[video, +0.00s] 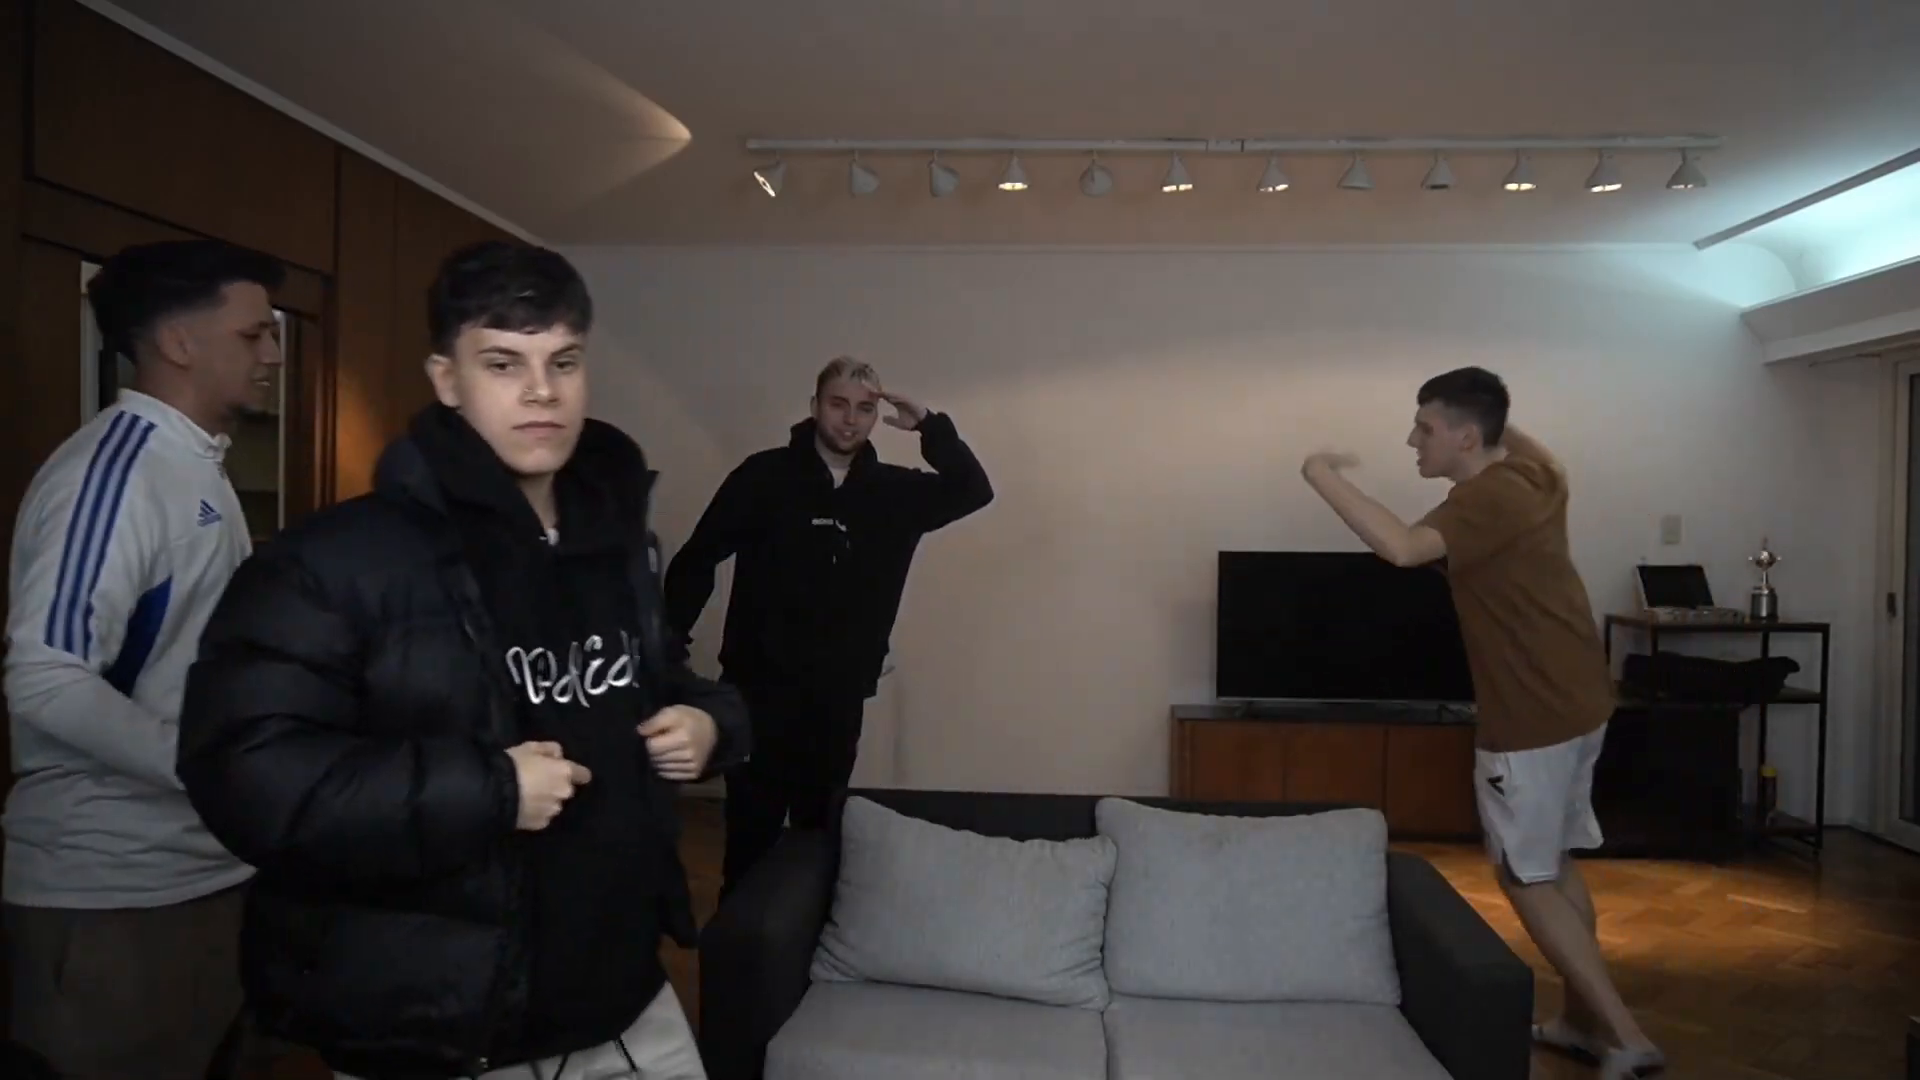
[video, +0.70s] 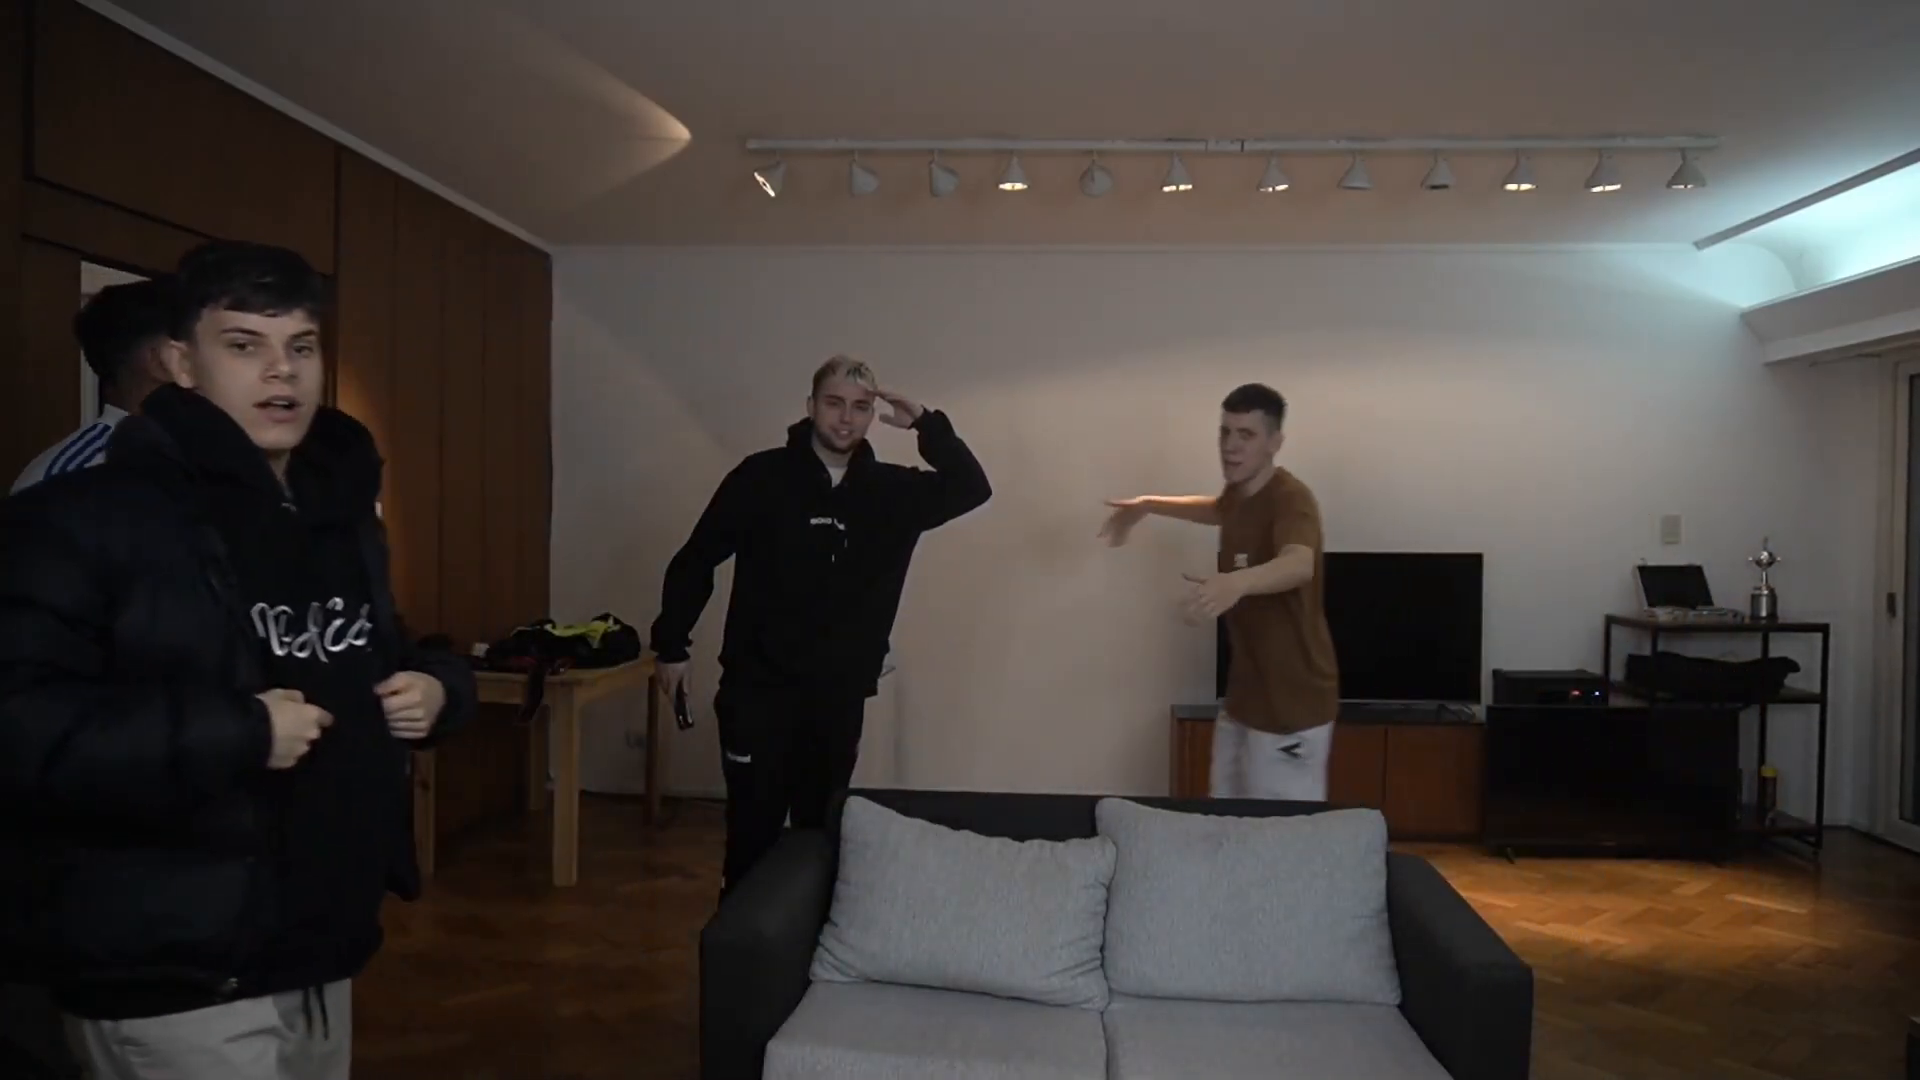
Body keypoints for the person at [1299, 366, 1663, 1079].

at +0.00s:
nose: (1413, 438)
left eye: (1424, 427)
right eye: (1417, 424)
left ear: (1472, 434)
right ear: (1484, 432)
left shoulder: (1492, 495)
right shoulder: (1536, 470)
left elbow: (1405, 547)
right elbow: (1506, 428)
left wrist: (1322, 475)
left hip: (1528, 720)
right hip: (1577, 702)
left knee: (1521, 873)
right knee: (1555, 865)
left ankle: (1629, 1039)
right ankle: (1579, 1020)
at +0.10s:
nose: (1398, 448)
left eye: (1413, 436)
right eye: (1400, 434)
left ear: (1460, 442)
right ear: (1461, 446)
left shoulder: (1470, 499)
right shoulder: (1495, 492)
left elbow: (1397, 526)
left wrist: (1283, 510)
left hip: (1502, 718)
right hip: (1552, 706)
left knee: (1469, 863)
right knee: (1537, 856)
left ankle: (1552, 1010)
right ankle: (1584, 1020)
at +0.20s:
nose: (1380, 438)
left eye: (1393, 426)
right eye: (1381, 426)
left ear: (1435, 434)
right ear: (1431, 437)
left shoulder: (1447, 496)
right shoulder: (1462, 480)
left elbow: (1381, 529)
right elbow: (1386, 470)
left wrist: (1279, 504)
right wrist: (1322, 460)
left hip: (1469, 703)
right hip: (1513, 693)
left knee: (1430, 845)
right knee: (1512, 836)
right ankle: (1580, 999)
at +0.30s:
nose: (1354, 439)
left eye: (1368, 428)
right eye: (1353, 426)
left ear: (1409, 434)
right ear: (1366, 434)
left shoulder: (1425, 495)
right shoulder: (1389, 486)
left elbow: (1388, 556)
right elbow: (1348, 485)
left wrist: (1299, 492)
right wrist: (1295, 467)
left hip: (1428, 704)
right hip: (1444, 698)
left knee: (1388, 841)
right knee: (1460, 830)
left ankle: (1391, 980)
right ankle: (1558, 961)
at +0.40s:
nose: (1329, 452)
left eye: (1343, 442)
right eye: (1327, 439)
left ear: (1381, 450)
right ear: (1323, 438)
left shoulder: (1397, 508)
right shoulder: (1362, 503)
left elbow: (1361, 566)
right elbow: (1332, 502)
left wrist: (1287, 523)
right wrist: (1279, 482)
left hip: (1398, 716)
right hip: (1378, 709)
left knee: (1380, 847)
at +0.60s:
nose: (1264, 436)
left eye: (1279, 425)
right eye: (1260, 423)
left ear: (1311, 435)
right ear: (1253, 425)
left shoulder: (1324, 491)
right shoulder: (1279, 490)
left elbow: (1303, 553)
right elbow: (1262, 506)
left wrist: (1223, 573)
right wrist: (1204, 503)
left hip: (1337, 703)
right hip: (1286, 695)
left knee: (1342, 836)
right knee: (1275, 831)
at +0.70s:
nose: (1230, 445)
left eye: (1246, 434)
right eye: (1225, 433)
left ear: (1275, 441)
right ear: (1218, 434)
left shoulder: (1291, 498)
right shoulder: (1236, 498)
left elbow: (1300, 564)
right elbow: (1215, 511)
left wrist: (1237, 584)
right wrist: (1146, 503)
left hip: (1293, 705)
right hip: (1243, 697)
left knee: (1284, 835)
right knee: (1226, 825)